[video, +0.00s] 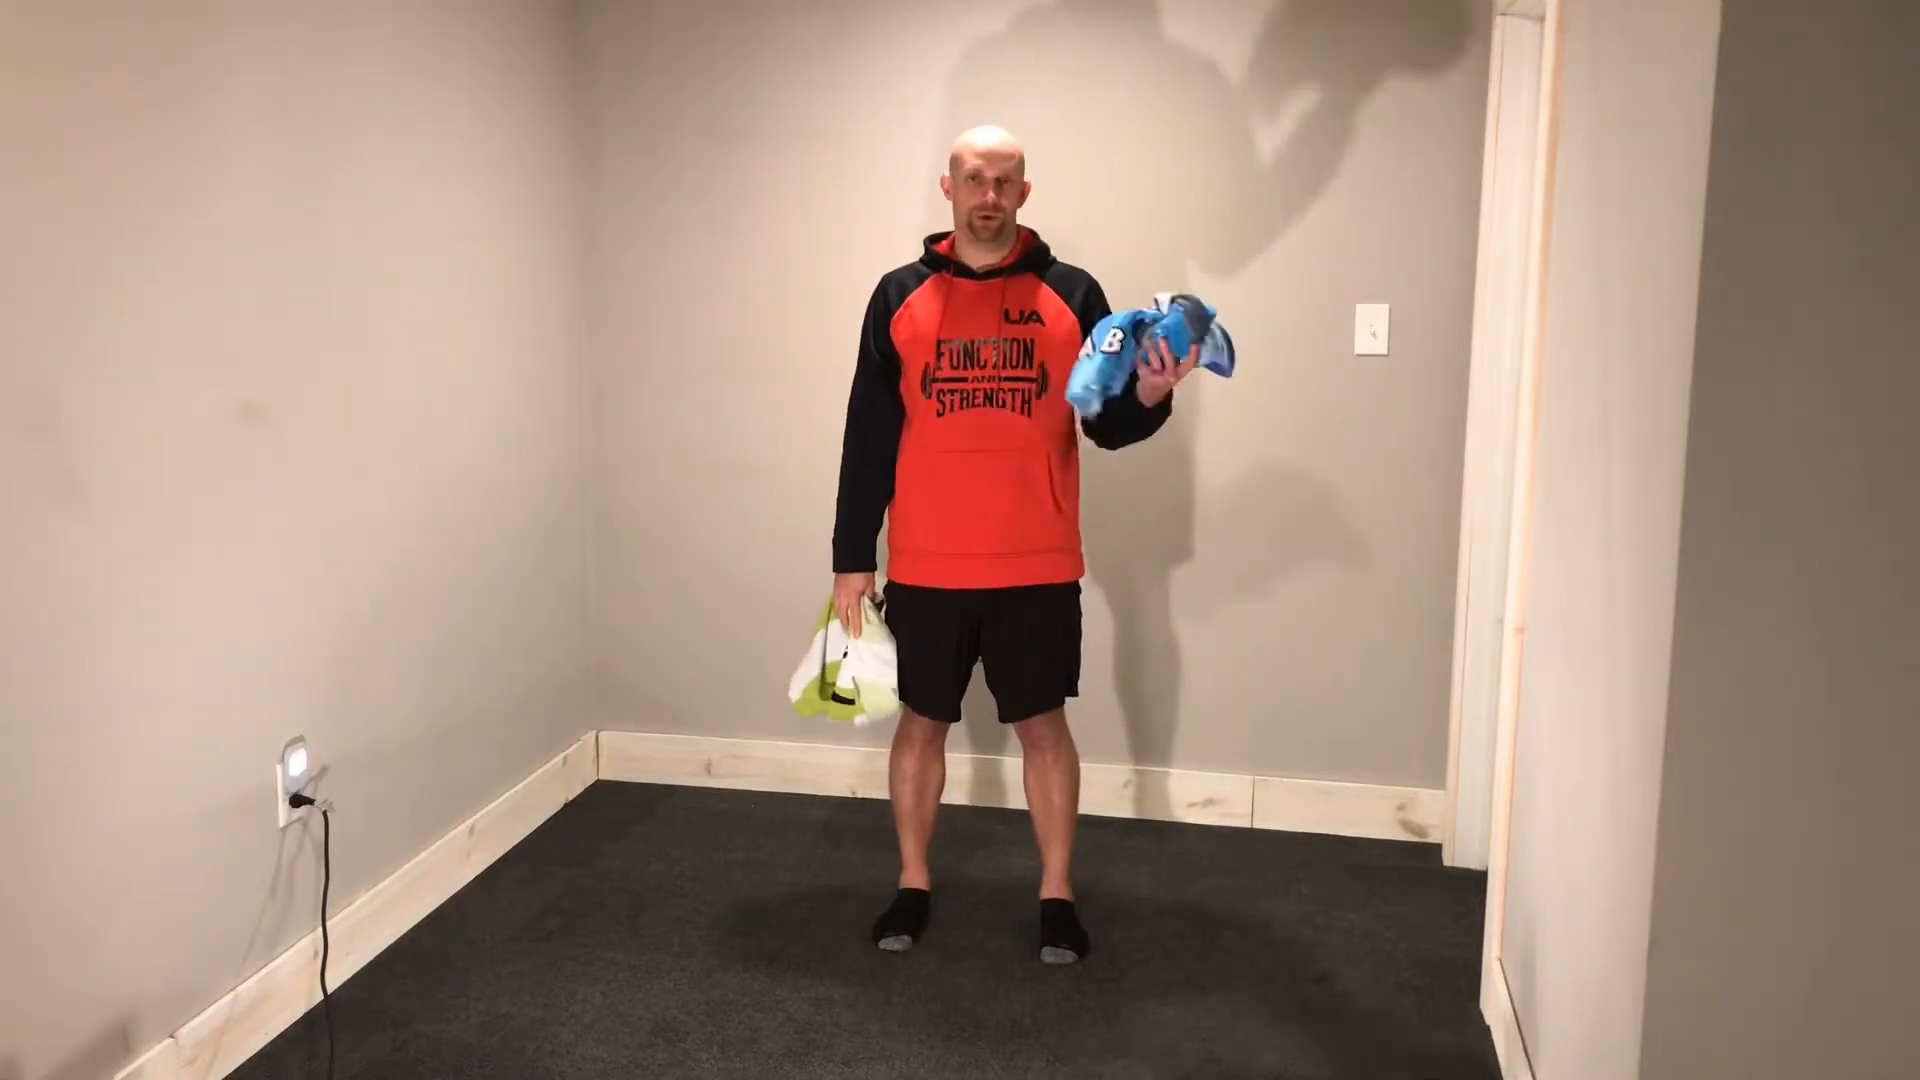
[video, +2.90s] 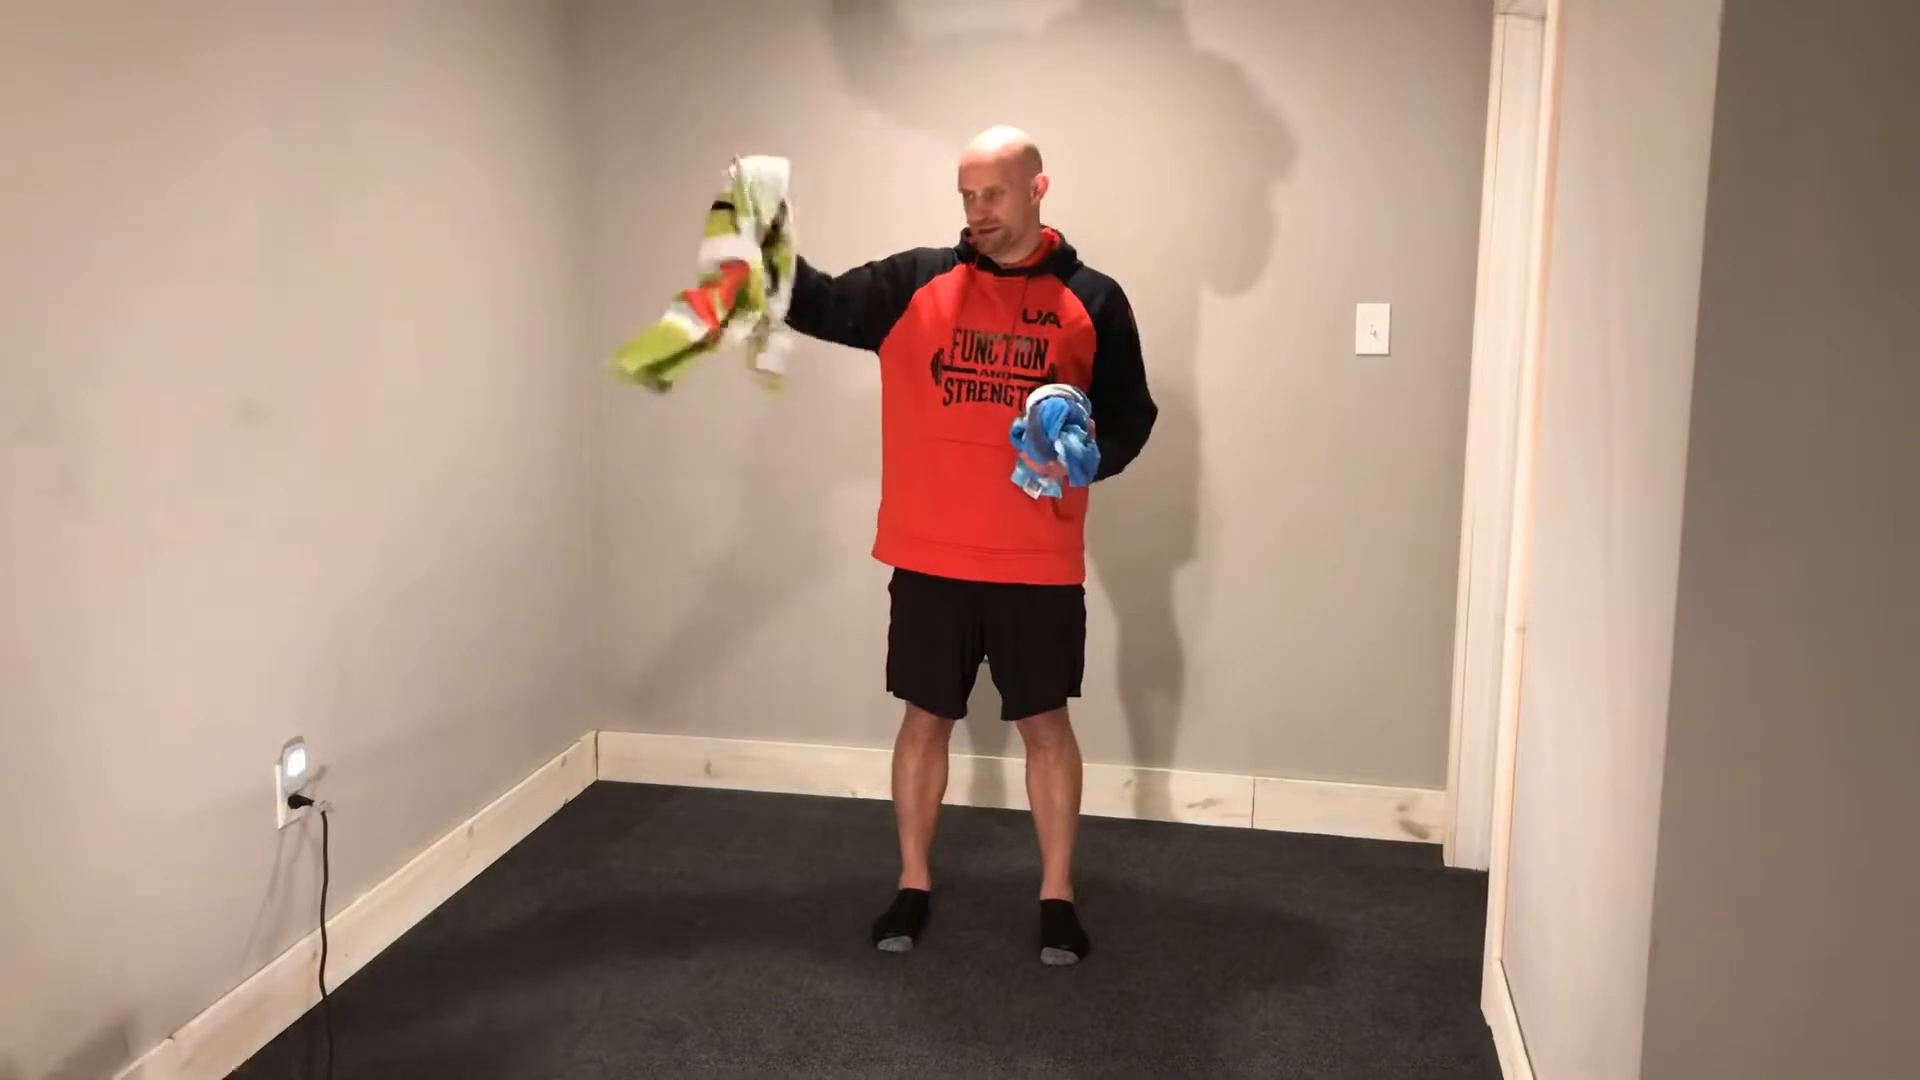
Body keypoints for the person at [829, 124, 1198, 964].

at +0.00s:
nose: (988, 196)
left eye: (1003, 182)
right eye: (974, 181)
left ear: (1024, 191)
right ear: (948, 188)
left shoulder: (1071, 293)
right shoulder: (901, 296)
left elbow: (1110, 426)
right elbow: (869, 434)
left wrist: (1153, 400)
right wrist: (852, 557)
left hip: (1035, 560)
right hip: (929, 559)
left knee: (1040, 723)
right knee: (921, 720)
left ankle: (1057, 898)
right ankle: (912, 887)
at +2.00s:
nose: (980, 196)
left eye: (996, 181)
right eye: (966, 183)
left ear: (1028, 188)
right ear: (950, 193)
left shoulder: (1084, 292)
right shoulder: (910, 296)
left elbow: (1124, 399)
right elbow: (875, 433)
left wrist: (1090, 438)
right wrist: (845, 554)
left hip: (1045, 559)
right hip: (938, 561)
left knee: (1048, 725)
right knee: (926, 720)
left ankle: (1058, 897)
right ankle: (912, 888)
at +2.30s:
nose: (975, 216)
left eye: (989, 199)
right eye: (961, 201)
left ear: (1029, 186)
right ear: (948, 198)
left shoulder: (1090, 293)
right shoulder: (915, 291)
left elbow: (1130, 406)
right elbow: (850, 381)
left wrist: (1093, 444)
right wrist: (786, 440)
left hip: (1046, 558)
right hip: (938, 557)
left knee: (1048, 722)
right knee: (928, 715)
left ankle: (1057, 897)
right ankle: (912, 887)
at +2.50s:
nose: (964, 221)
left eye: (979, 204)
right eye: (956, 205)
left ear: (1029, 192)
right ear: (948, 200)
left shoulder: (1092, 298)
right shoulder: (921, 286)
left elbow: (1131, 412)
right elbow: (842, 351)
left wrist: (1090, 450)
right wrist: (762, 337)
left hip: (1042, 560)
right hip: (936, 556)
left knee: (1046, 722)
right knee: (926, 716)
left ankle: (1058, 897)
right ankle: (911, 887)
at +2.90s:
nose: (977, 214)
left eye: (992, 197)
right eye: (967, 198)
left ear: (1037, 190)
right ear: (959, 196)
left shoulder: (1092, 300)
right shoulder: (916, 281)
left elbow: (1131, 416)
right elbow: (822, 302)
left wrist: (1085, 453)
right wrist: (761, 239)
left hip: (1037, 559)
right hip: (932, 551)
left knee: (1044, 721)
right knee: (926, 716)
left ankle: (1057, 899)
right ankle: (913, 888)